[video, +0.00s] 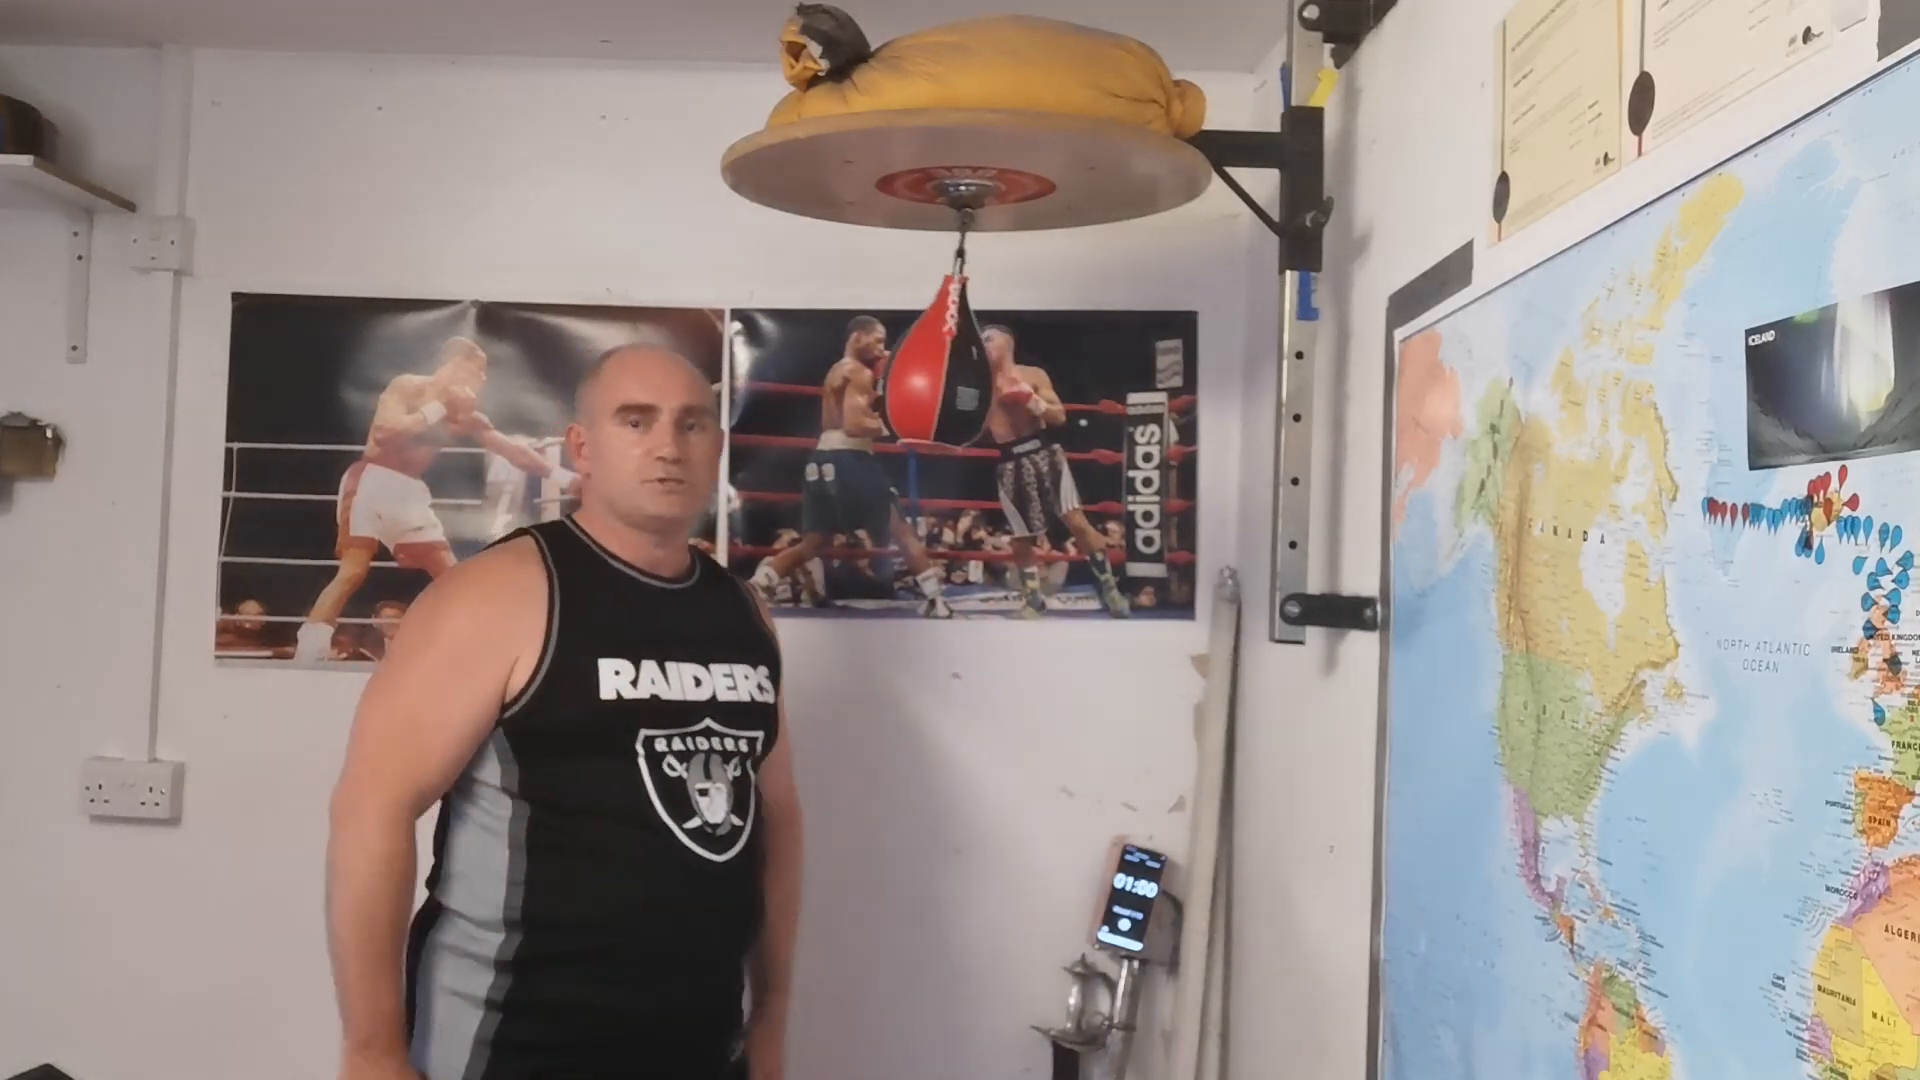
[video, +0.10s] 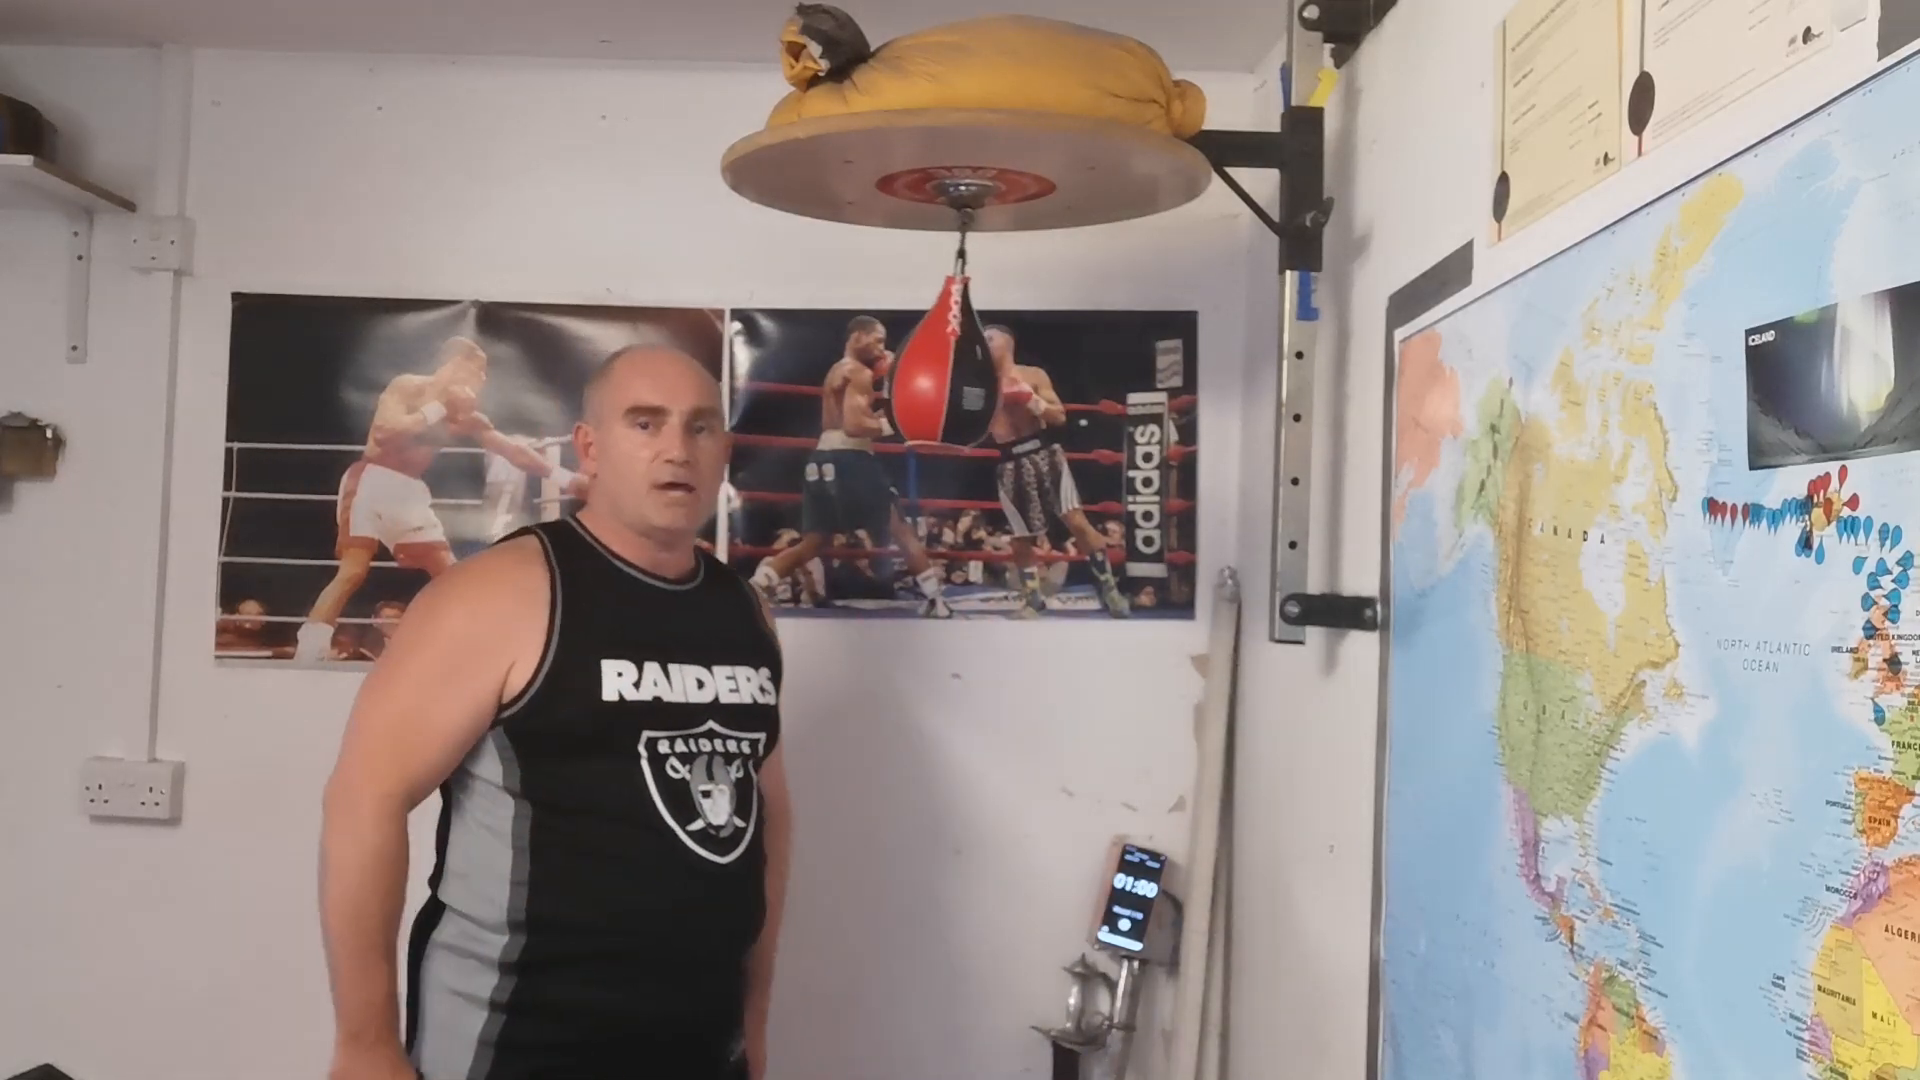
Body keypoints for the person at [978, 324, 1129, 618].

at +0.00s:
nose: (985, 346)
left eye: (991, 340)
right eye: (982, 342)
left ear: (1009, 344)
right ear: (981, 351)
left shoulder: (1034, 375)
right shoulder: (986, 386)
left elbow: (1059, 417)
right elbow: (986, 427)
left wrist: (1033, 401)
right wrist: (963, 445)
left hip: (1046, 457)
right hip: (1011, 465)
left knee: (1075, 522)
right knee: (1021, 538)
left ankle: (1109, 589)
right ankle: (1032, 599)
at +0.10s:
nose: (988, 346)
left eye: (993, 339)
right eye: (984, 341)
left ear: (1009, 344)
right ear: (981, 350)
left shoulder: (1034, 375)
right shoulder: (982, 384)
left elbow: (1059, 417)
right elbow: (977, 429)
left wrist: (1033, 401)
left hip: (1046, 456)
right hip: (1011, 464)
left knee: (1075, 521)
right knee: (1022, 537)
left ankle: (1109, 589)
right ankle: (1032, 598)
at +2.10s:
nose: (998, 356)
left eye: (1001, 350)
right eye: (993, 351)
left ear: (1011, 349)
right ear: (986, 353)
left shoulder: (1034, 375)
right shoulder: (982, 383)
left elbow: (1059, 416)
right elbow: (974, 425)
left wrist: (1036, 403)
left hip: (1046, 456)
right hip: (1011, 464)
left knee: (1075, 522)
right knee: (1022, 537)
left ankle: (1108, 589)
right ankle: (1033, 598)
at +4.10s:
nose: (1001, 356)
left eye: (1003, 349)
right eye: (994, 354)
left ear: (1011, 350)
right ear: (987, 361)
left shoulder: (1033, 376)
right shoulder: (986, 388)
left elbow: (1059, 416)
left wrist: (1041, 407)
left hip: (1047, 456)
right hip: (1012, 464)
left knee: (1076, 522)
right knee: (1021, 535)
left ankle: (1109, 589)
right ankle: (1032, 597)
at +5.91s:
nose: (998, 357)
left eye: (1002, 350)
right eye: (993, 351)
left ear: (1012, 350)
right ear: (985, 354)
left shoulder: (1034, 375)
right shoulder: (982, 384)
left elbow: (1059, 417)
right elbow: (979, 427)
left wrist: (1038, 405)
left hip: (1046, 456)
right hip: (1011, 464)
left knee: (1075, 522)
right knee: (1022, 537)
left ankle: (1108, 587)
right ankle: (1032, 597)